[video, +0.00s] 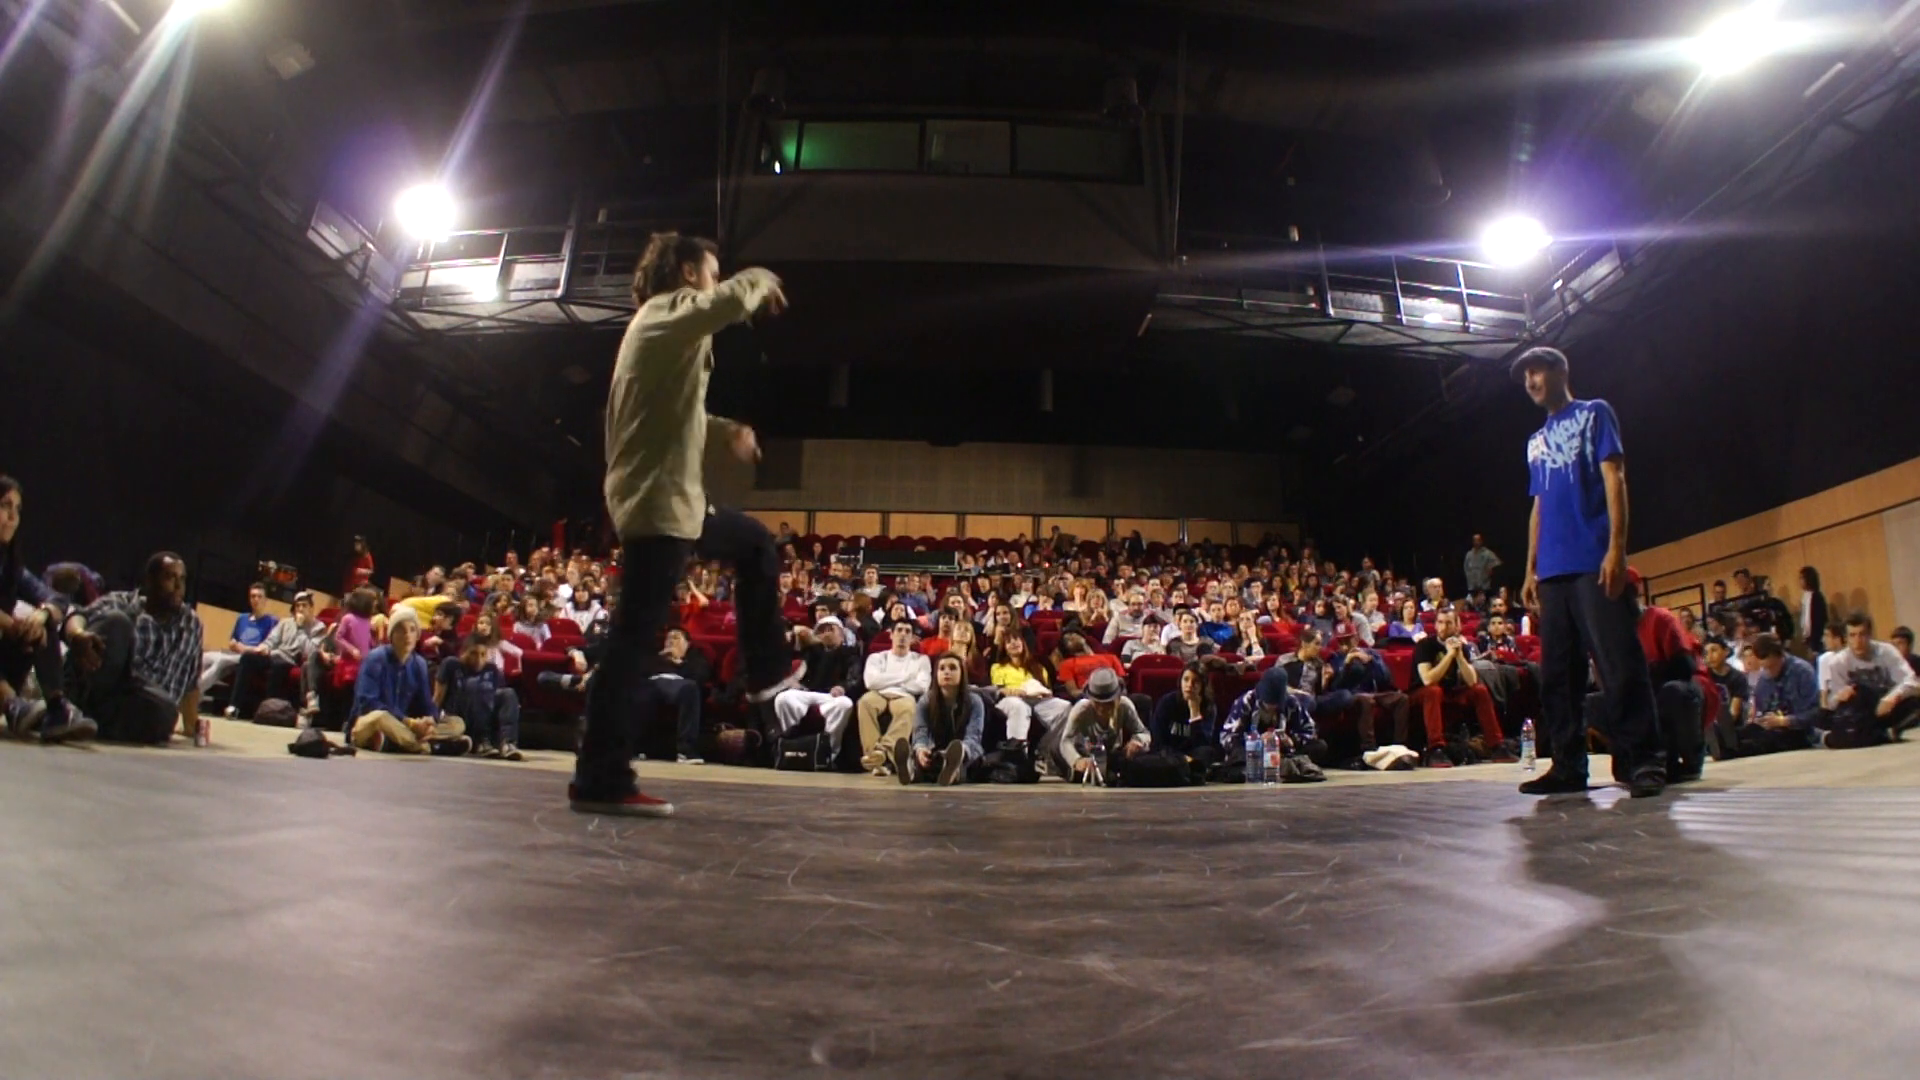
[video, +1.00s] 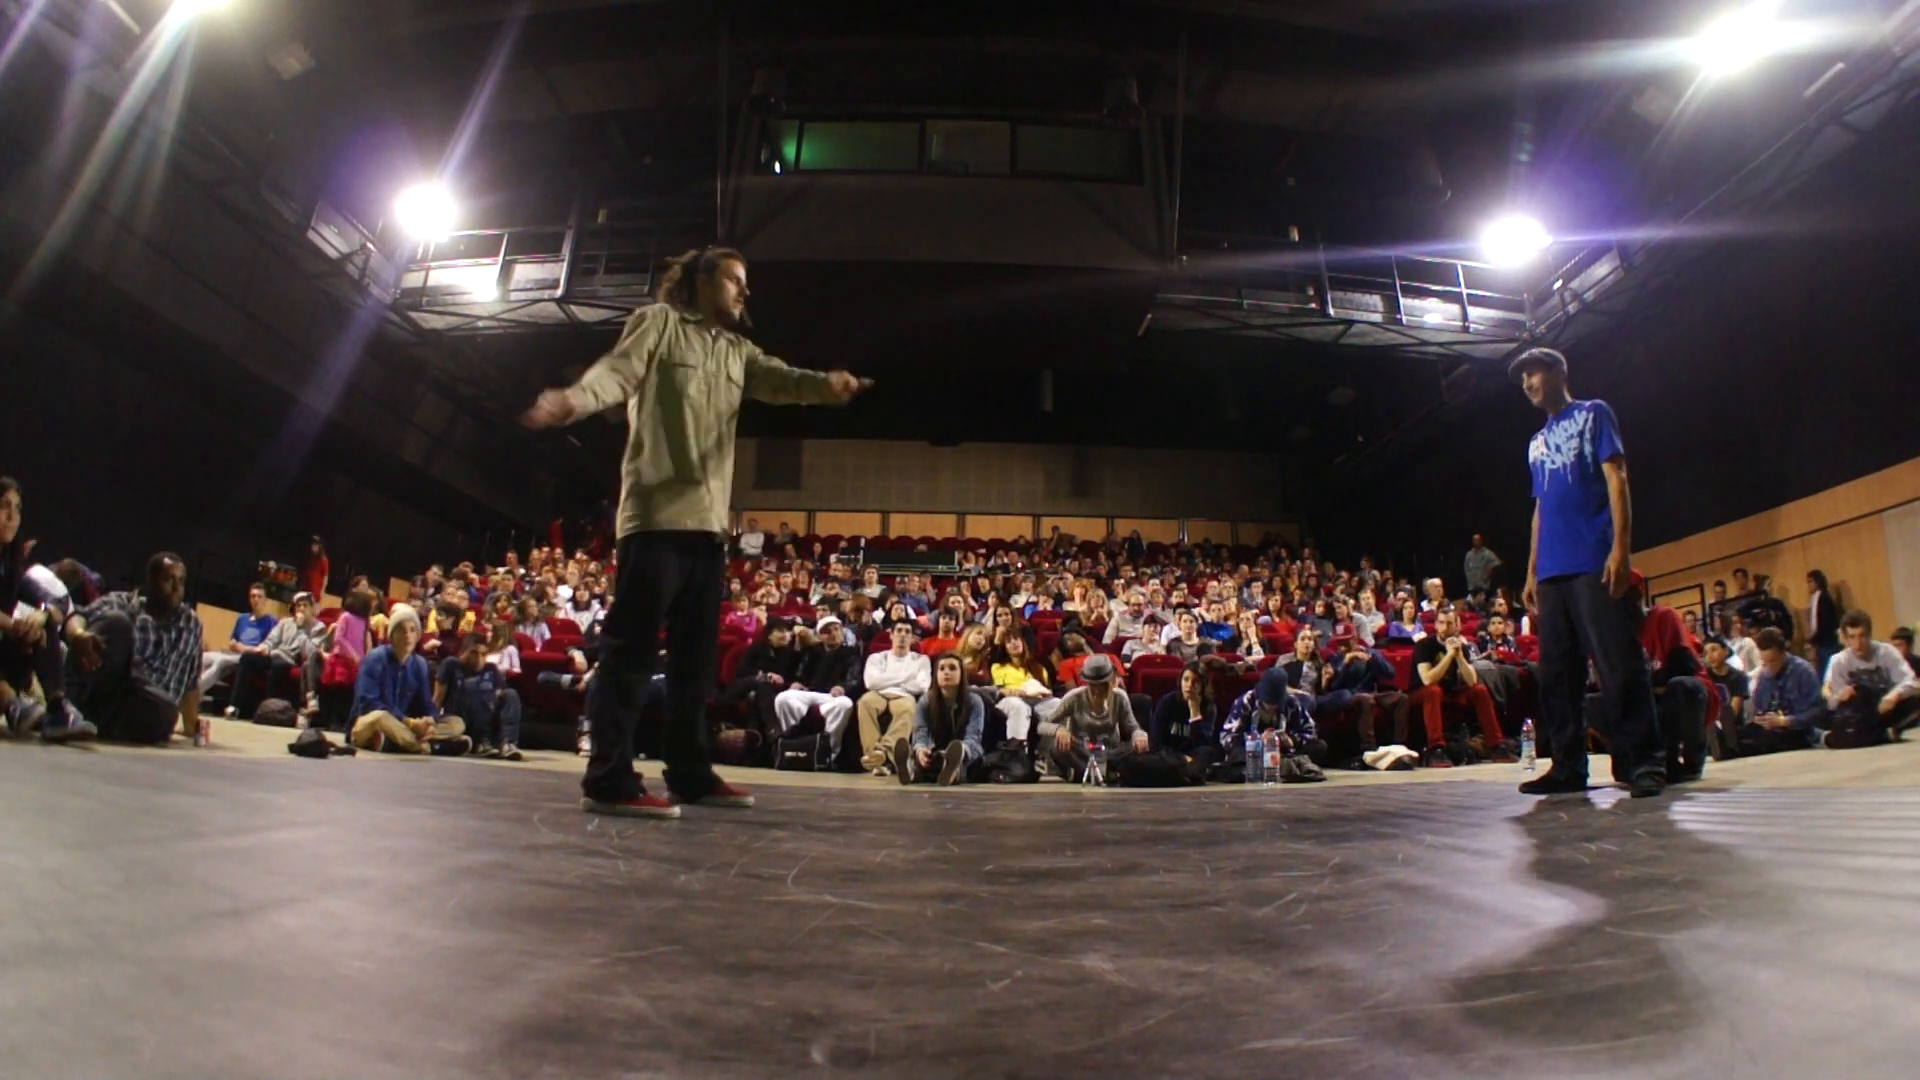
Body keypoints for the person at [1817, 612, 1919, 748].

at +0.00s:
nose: (1857, 641)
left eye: (1862, 635)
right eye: (1852, 635)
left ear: (1869, 634)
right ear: (1846, 638)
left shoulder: (1887, 652)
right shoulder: (1838, 662)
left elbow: (1911, 680)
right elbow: (1830, 703)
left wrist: (1892, 697)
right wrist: (1839, 697)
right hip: (1858, 707)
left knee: (1913, 702)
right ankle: (1883, 734)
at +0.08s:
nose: (1857, 641)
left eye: (1862, 635)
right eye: (1852, 635)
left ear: (1869, 634)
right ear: (1846, 638)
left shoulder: (1887, 652)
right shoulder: (1838, 662)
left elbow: (1911, 680)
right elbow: (1830, 703)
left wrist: (1892, 697)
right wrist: (1839, 696)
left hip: (1886, 704)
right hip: (1857, 706)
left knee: (1913, 703)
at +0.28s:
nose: (1856, 642)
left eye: (1861, 635)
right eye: (1851, 637)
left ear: (1870, 635)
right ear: (1846, 638)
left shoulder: (1886, 652)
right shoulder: (1840, 661)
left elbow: (1911, 680)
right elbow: (1830, 703)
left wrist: (1892, 696)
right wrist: (1838, 697)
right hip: (1858, 705)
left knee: (1913, 703)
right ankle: (1885, 734)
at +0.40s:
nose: (1856, 642)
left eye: (1862, 635)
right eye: (1851, 637)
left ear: (1870, 634)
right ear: (1846, 638)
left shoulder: (1887, 652)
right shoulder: (1839, 661)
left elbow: (1910, 680)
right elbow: (1830, 703)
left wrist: (1893, 696)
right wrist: (1839, 697)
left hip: (1885, 704)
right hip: (1856, 706)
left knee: (1913, 703)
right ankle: (1885, 734)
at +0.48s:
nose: (1857, 642)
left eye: (1862, 636)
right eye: (1851, 637)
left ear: (1869, 635)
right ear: (1845, 639)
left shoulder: (1887, 652)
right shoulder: (1838, 660)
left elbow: (1911, 680)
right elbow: (1830, 703)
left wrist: (1894, 695)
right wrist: (1839, 697)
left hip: (1885, 704)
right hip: (1856, 705)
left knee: (1913, 704)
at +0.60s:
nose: (1857, 642)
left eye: (1862, 635)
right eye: (1851, 636)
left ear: (1870, 634)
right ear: (1845, 638)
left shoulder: (1886, 651)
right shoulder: (1837, 659)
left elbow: (1911, 681)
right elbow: (1829, 702)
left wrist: (1894, 695)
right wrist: (1838, 697)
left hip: (1885, 703)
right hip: (1856, 704)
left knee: (1913, 704)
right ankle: (1885, 734)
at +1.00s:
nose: (1857, 643)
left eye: (1862, 636)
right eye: (1852, 637)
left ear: (1869, 635)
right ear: (1844, 638)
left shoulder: (1886, 652)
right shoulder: (1839, 661)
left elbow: (1911, 681)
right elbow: (1830, 702)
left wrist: (1893, 696)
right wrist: (1839, 696)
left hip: (1886, 703)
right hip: (1858, 705)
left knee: (1914, 704)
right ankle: (1884, 734)